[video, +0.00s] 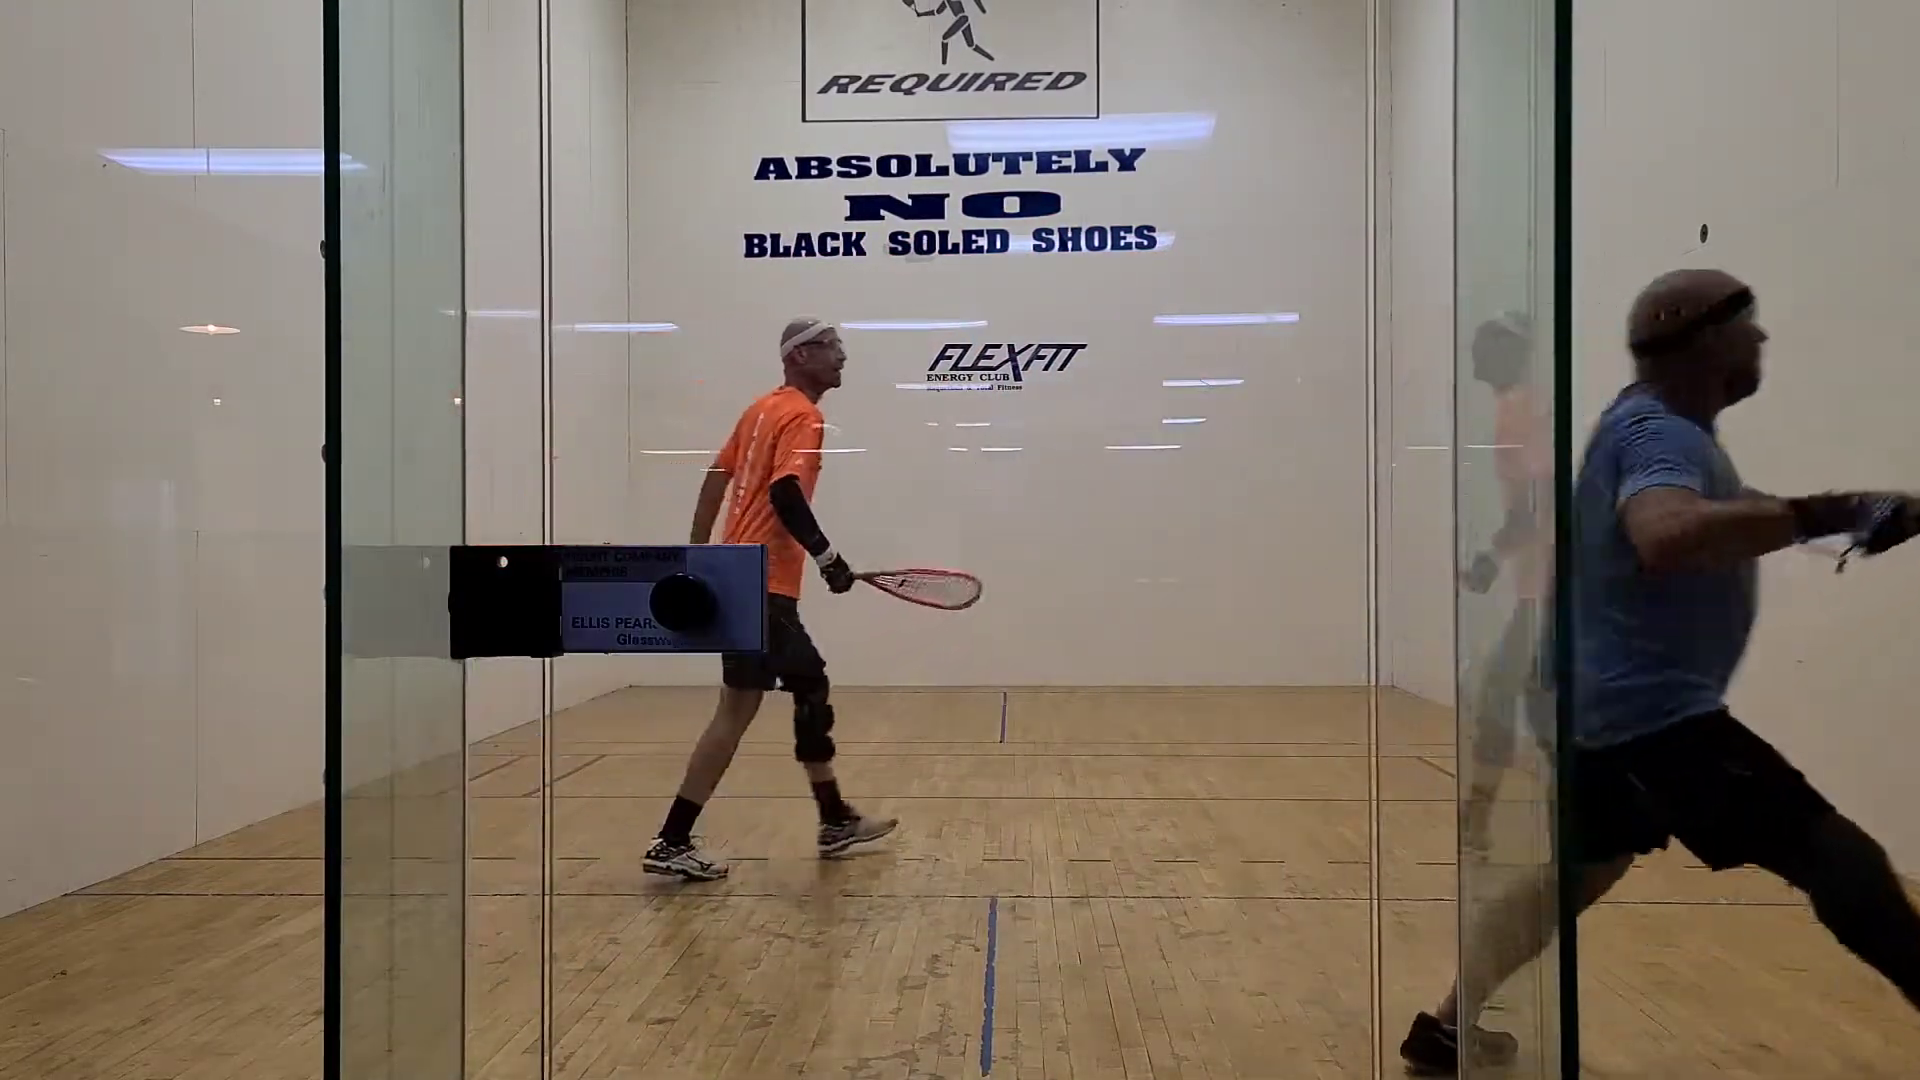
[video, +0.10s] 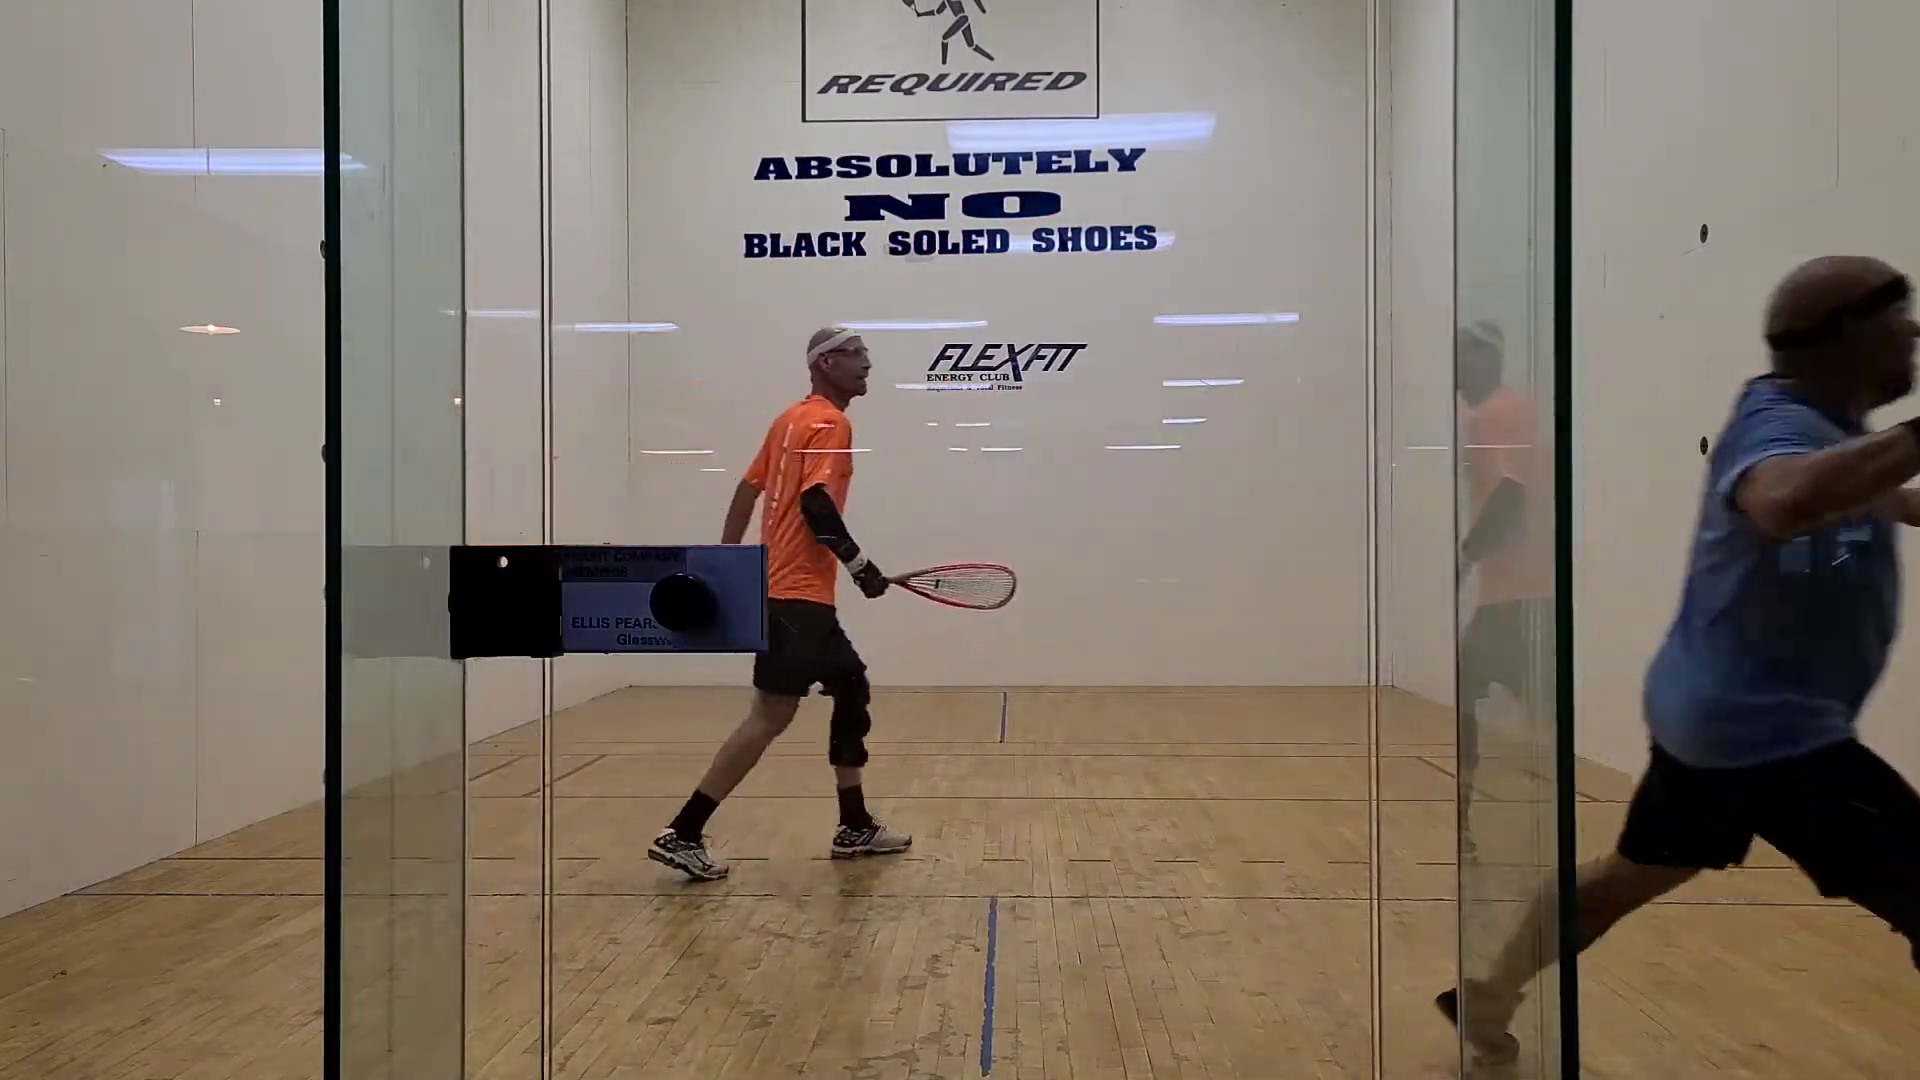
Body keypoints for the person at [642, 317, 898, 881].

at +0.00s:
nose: (843, 356)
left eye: (840, 346)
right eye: (832, 347)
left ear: (796, 359)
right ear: (799, 357)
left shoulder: (759, 410)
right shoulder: (803, 415)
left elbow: (715, 480)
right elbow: (785, 492)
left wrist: (696, 559)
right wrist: (828, 555)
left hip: (745, 589)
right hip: (764, 592)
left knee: (812, 686)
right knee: (734, 712)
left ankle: (836, 820)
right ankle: (671, 843)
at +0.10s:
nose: (868, 364)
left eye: (866, 355)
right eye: (858, 355)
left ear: (823, 366)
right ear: (824, 364)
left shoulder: (788, 420)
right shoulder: (830, 423)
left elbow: (746, 489)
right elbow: (816, 500)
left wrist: (725, 564)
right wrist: (858, 561)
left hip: (784, 596)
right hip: (798, 600)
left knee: (852, 691)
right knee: (768, 718)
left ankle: (855, 826)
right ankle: (682, 834)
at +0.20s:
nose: (893, 366)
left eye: (891, 358)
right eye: (883, 357)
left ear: (849, 366)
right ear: (849, 363)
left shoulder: (820, 421)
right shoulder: (856, 418)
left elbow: (785, 508)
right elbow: (846, 499)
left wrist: (773, 586)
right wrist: (890, 558)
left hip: (813, 584)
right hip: (833, 585)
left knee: (874, 698)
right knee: (846, 714)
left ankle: (857, 825)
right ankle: (731, 811)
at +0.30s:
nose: (915, 360)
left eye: (914, 351)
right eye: (903, 351)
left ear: (873, 364)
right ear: (871, 360)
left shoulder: (853, 412)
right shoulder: (881, 411)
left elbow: (823, 499)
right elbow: (871, 488)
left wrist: (852, 559)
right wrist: (916, 548)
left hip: (837, 579)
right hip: (861, 579)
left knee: (880, 698)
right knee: (911, 701)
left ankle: (858, 826)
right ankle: (799, 802)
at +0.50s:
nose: (957, 353)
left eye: (957, 344)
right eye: (945, 344)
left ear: (916, 357)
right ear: (914, 353)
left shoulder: (896, 408)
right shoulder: (934, 403)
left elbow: (884, 492)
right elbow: (932, 478)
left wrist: (937, 542)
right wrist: (974, 536)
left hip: (880, 574)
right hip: (918, 572)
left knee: (899, 696)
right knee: (982, 690)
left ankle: (857, 824)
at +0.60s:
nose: (985, 354)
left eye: (981, 344)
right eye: (976, 345)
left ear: (938, 360)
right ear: (950, 355)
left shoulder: (913, 414)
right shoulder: (971, 407)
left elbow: (906, 496)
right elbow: (972, 484)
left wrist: (958, 536)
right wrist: (1012, 538)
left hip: (904, 585)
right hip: (953, 582)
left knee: (911, 703)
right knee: (1013, 698)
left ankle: (858, 822)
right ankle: (1039, 844)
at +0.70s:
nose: (1012, 363)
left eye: (1007, 354)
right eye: (1006, 355)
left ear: (961, 367)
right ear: (994, 361)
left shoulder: (936, 419)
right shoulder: (1016, 411)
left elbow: (925, 500)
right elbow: (1019, 486)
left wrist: (963, 546)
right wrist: (1051, 548)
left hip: (937, 591)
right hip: (994, 587)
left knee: (932, 702)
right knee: (1046, 704)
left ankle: (867, 815)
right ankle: (1051, 849)